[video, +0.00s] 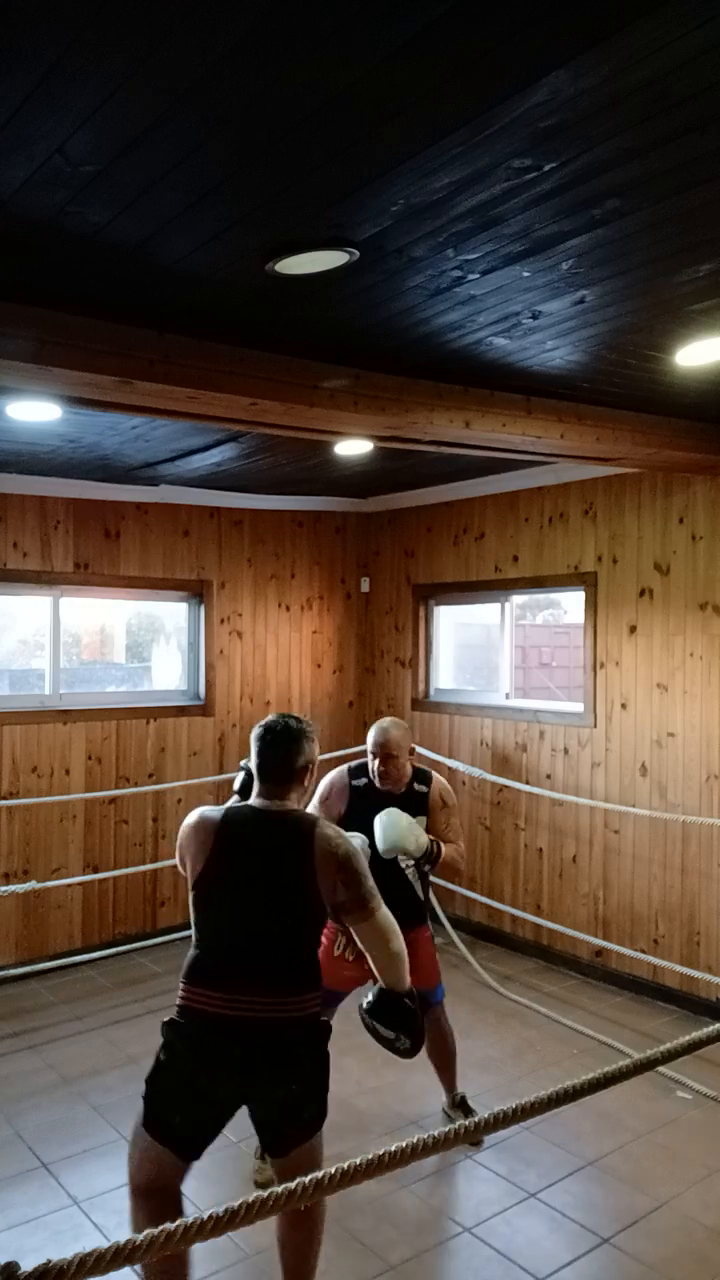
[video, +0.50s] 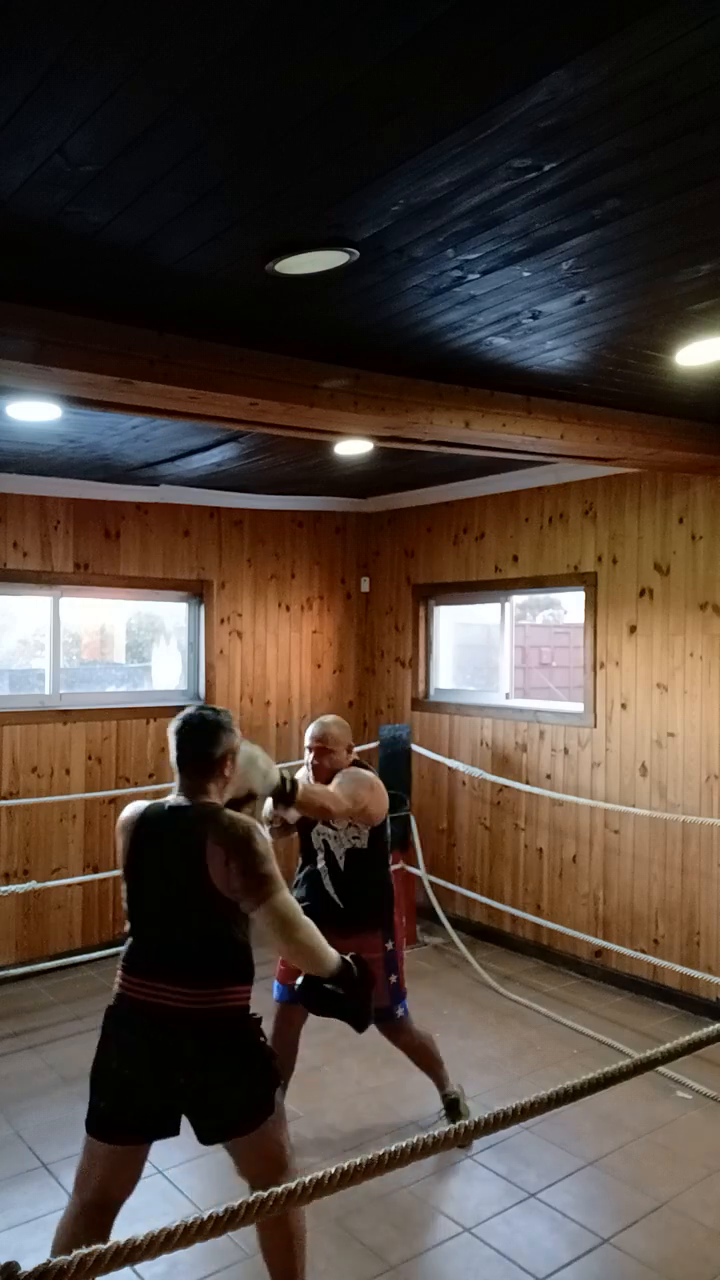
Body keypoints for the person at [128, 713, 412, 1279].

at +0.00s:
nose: (317, 772)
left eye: (315, 764)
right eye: (316, 765)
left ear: (248, 767)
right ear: (309, 772)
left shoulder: (198, 829)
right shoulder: (333, 846)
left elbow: (202, 881)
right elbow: (378, 931)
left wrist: (243, 796)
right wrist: (398, 999)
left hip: (203, 1042)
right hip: (293, 1046)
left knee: (152, 1181)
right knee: (300, 1181)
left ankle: (167, 1276)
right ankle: (299, 1275)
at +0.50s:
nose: (238, 763)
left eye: (236, 754)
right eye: (237, 754)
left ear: (175, 759)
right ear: (226, 763)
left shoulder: (132, 823)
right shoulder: (241, 836)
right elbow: (291, 933)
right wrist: (342, 972)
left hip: (134, 1036)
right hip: (220, 1042)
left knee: (93, 1200)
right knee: (275, 1189)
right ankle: (290, 1275)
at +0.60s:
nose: (210, 764)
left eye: (205, 755)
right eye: (207, 754)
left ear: (146, 762)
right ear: (200, 762)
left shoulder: (107, 828)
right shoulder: (218, 833)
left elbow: (138, 906)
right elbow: (271, 923)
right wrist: (323, 976)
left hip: (113, 1037)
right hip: (199, 1039)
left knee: (77, 1194)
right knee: (257, 1188)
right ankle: (283, 1276)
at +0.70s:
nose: (180, 768)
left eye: (178, 758)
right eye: (177, 759)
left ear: (113, 768)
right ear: (164, 767)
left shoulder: (70, 840)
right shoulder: (188, 836)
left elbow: (87, 932)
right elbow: (242, 923)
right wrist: (289, 993)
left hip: (84, 1044)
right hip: (172, 1046)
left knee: (58, 1198)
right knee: (238, 1192)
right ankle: (277, 1274)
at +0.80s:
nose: (155, 767)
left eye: (153, 757)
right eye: (152, 757)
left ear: (88, 767)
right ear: (133, 765)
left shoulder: (39, 841)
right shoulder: (164, 831)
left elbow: (18, 935)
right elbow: (212, 920)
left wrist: (80, 917)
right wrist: (251, 1005)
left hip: (63, 1041)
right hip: (151, 1040)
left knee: (52, 1194)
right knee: (212, 1175)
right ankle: (247, 1270)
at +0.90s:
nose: (140, 752)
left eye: (137, 742)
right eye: (136, 743)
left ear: (74, 755)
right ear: (119, 752)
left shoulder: (27, 824)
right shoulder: (148, 816)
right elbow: (194, 906)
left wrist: (27, 933)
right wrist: (226, 983)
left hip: (55, 1016)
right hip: (141, 1014)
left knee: (48, 1177)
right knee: (172, 1134)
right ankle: (175, 1266)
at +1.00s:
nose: (135, 750)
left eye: (133, 739)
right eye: (130, 740)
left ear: (69, 753)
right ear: (110, 749)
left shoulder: (20, 818)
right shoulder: (135, 810)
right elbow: (183, 896)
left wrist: (4, 946)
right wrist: (212, 958)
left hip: (45, 1002)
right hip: (128, 1001)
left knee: (44, 1181)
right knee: (133, 1123)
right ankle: (122, 1248)